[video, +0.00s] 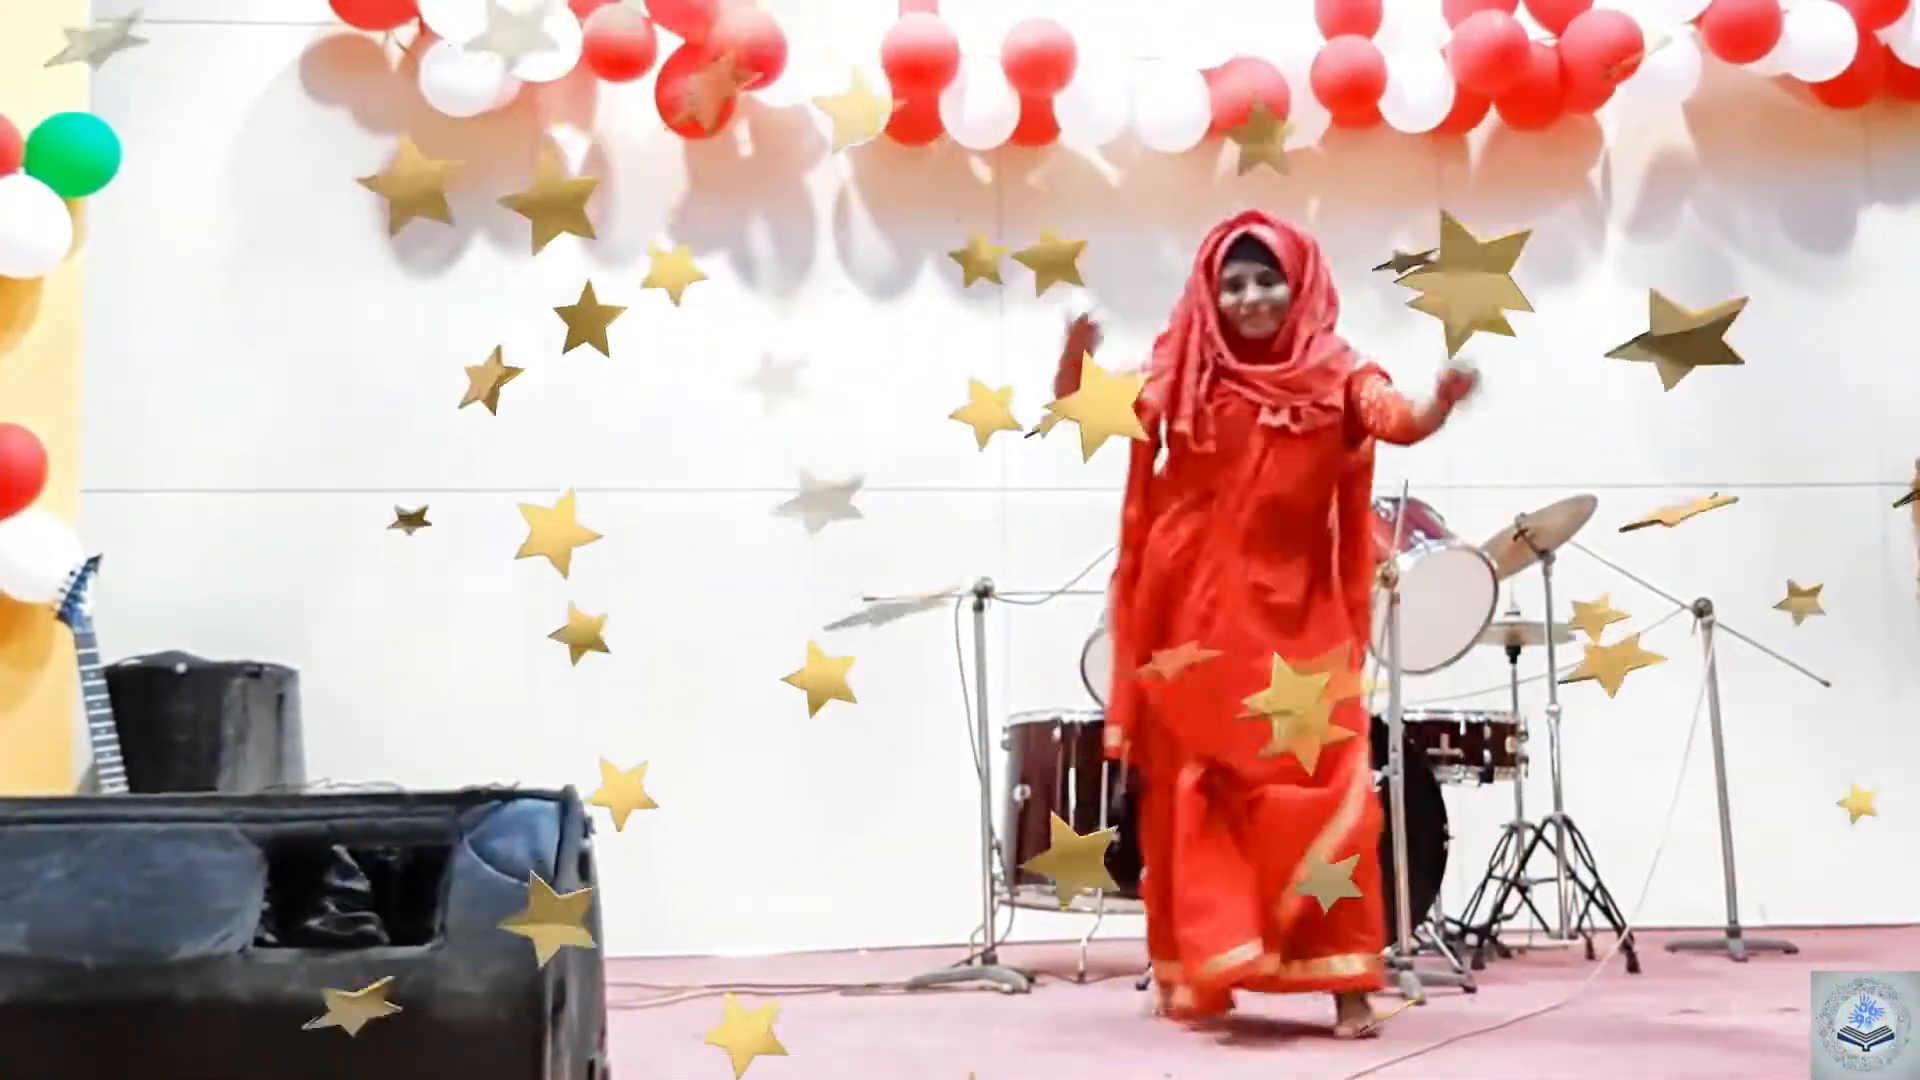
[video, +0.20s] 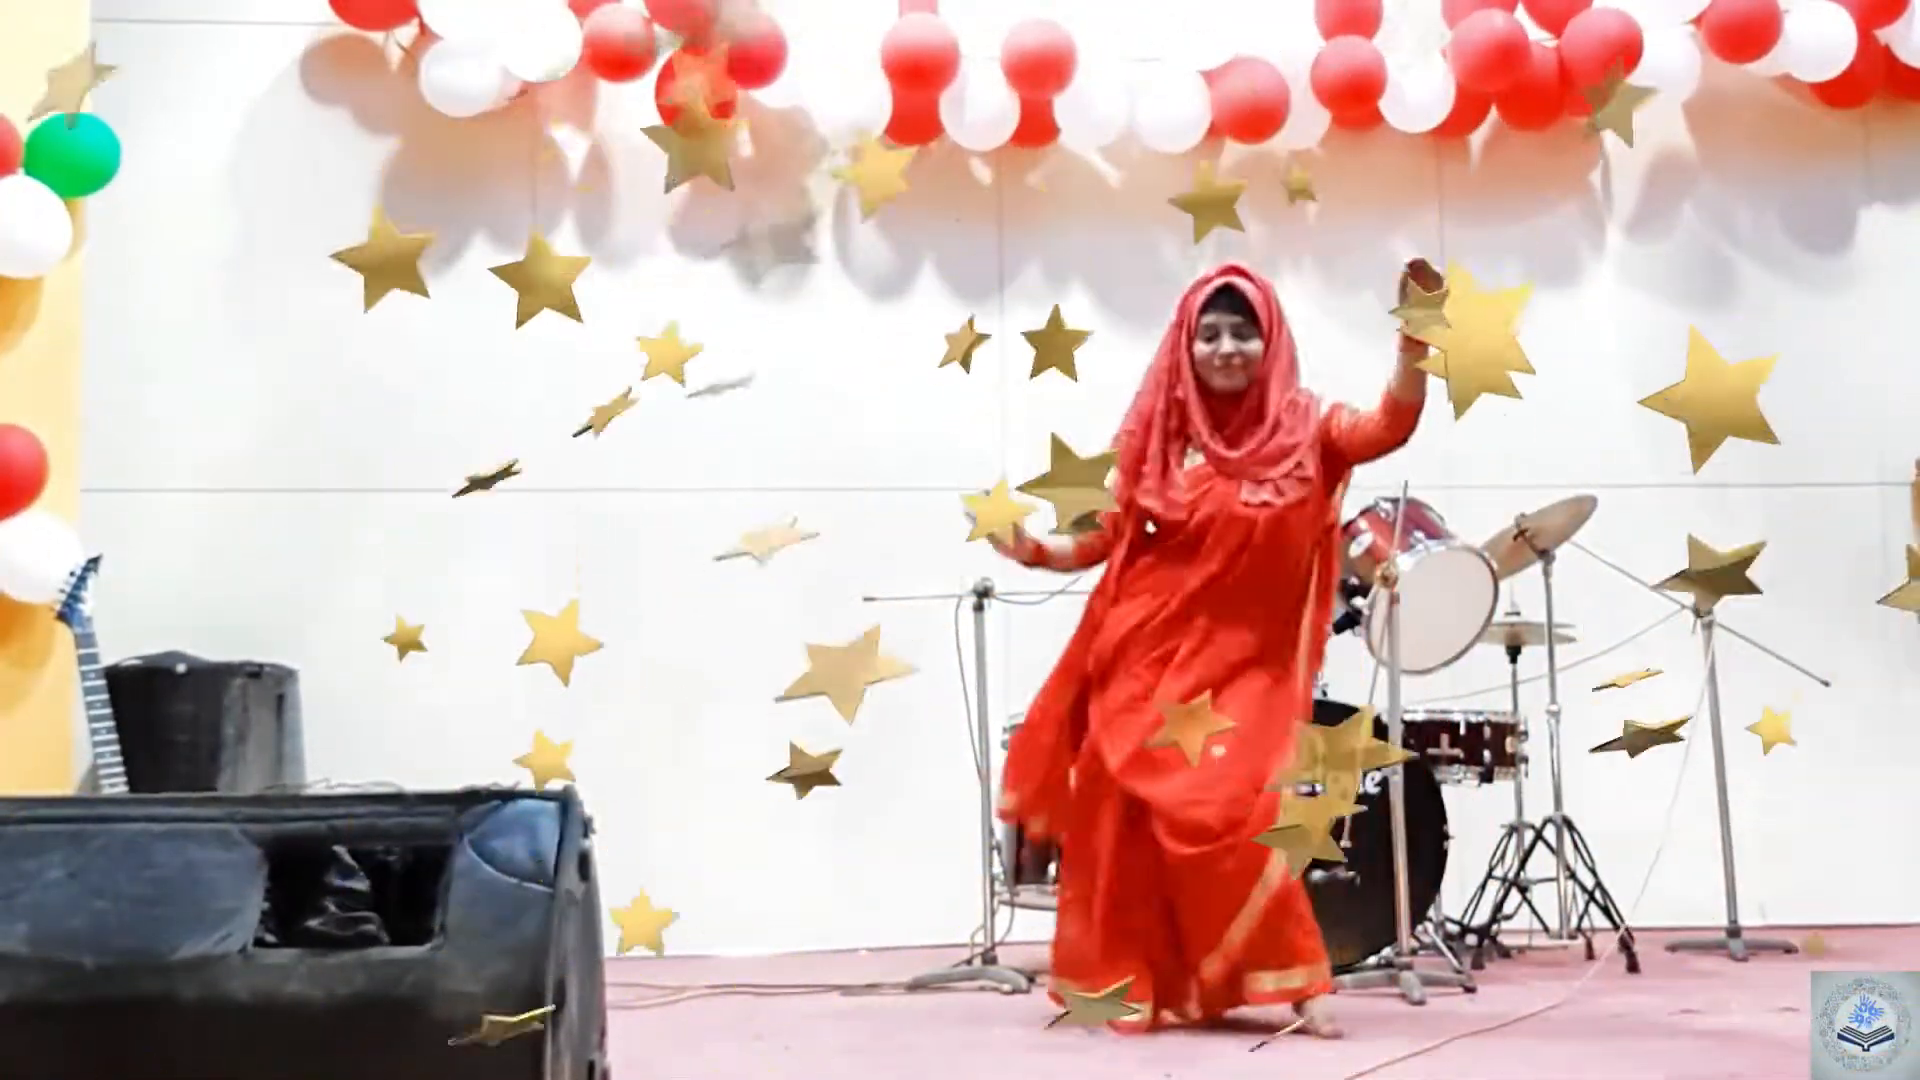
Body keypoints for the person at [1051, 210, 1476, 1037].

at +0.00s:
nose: (1249, 298)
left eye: (1265, 283)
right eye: (1234, 284)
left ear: (1298, 291)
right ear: (1211, 293)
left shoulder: (1337, 373)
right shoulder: (1183, 376)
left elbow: (1394, 419)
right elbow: (1087, 411)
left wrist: (1436, 406)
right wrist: (1075, 366)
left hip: (1309, 609)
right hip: (1198, 604)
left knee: (1333, 789)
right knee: (1191, 787)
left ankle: (1352, 981)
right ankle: (1193, 972)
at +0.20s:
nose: (1227, 351)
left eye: (1243, 334)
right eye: (1211, 336)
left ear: (1269, 342)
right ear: (1186, 348)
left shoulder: (1311, 431)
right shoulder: (1160, 437)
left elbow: (1390, 427)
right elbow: (1110, 536)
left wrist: (1414, 339)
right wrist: (1039, 548)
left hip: (1253, 666)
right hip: (1149, 658)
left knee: (1215, 810)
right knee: (1129, 816)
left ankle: (1297, 985)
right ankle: (1136, 992)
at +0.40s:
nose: (1231, 292)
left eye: (1247, 277)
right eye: (1213, 279)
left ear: (1271, 289)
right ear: (1186, 294)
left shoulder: (1309, 391)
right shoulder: (1152, 374)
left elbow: (1379, 461)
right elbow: (1078, 429)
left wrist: (1429, 470)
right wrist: (1052, 423)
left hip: (1271, 623)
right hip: (1165, 620)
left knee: (1273, 797)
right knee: (1165, 797)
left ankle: (1272, 981)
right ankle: (1159, 972)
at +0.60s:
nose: (1253, 301)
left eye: (1264, 285)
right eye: (1234, 293)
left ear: (1295, 294)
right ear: (1210, 310)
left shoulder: (1333, 388)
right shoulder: (1200, 377)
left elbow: (1405, 441)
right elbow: (1169, 377)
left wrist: (1369, 382)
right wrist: (1246, 351)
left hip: (1315, 602)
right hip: (1213, 602)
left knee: (1318, 793)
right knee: (1244, 773)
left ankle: (1277, 991)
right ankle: (1162, 905)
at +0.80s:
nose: (1257, 260)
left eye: (1269, 246)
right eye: (1240, 257)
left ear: (1311, 262)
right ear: (1225, 284)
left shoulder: (1366, 352)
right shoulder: (1227, 344)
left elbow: (1444, 319)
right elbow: (1174, 276)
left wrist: (1458, 219)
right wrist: (1181, 167)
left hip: (1347, 593)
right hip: (1251, 594)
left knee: (1408, 740)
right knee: (1335, 763)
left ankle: (1291, 941)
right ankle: (1290, 977)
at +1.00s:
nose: (1276, 311)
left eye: (1288, 295)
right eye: (1255, 309)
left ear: (1326, 310)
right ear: (1235, 343)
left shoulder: (1402, 397)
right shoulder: (1252, 407)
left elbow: (1498, 392)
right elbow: (1185, 384)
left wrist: (1521, 309)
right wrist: (1121, 313)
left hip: (1419, 606)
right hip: (1310, 607)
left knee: (1401, 801)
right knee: (1373, 798)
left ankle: (1290, 960)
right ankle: (1391, 1026)